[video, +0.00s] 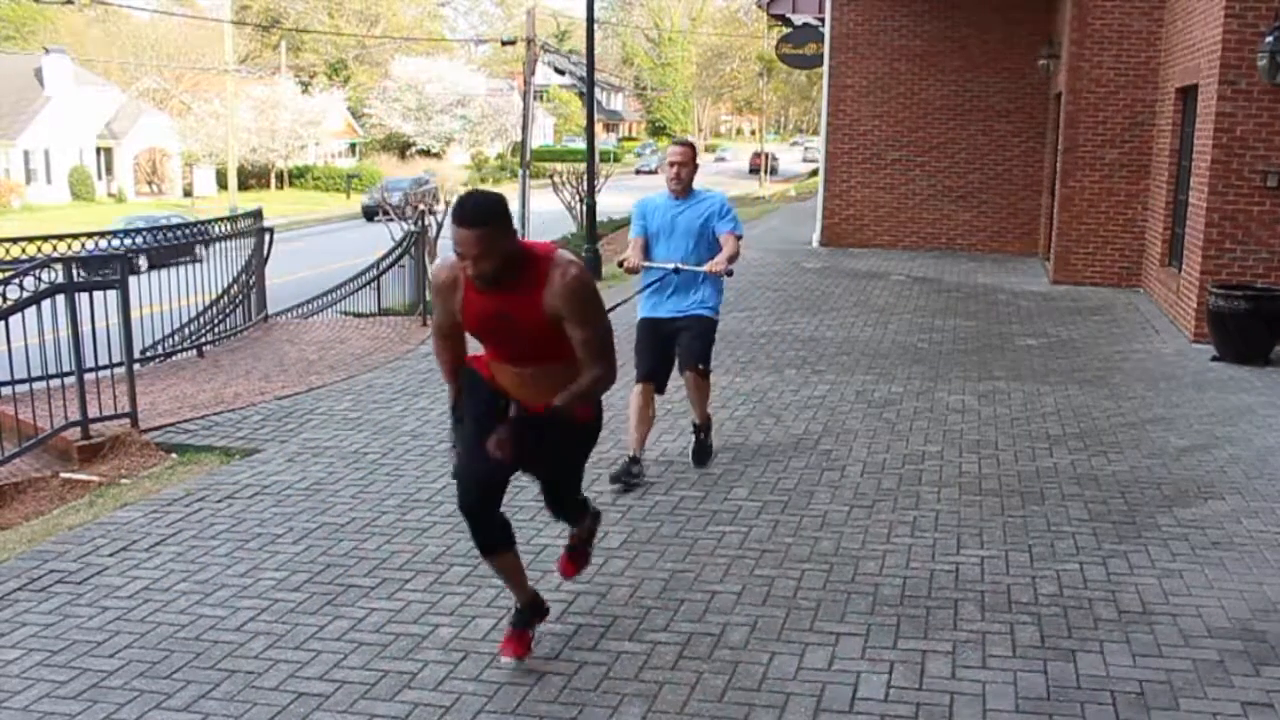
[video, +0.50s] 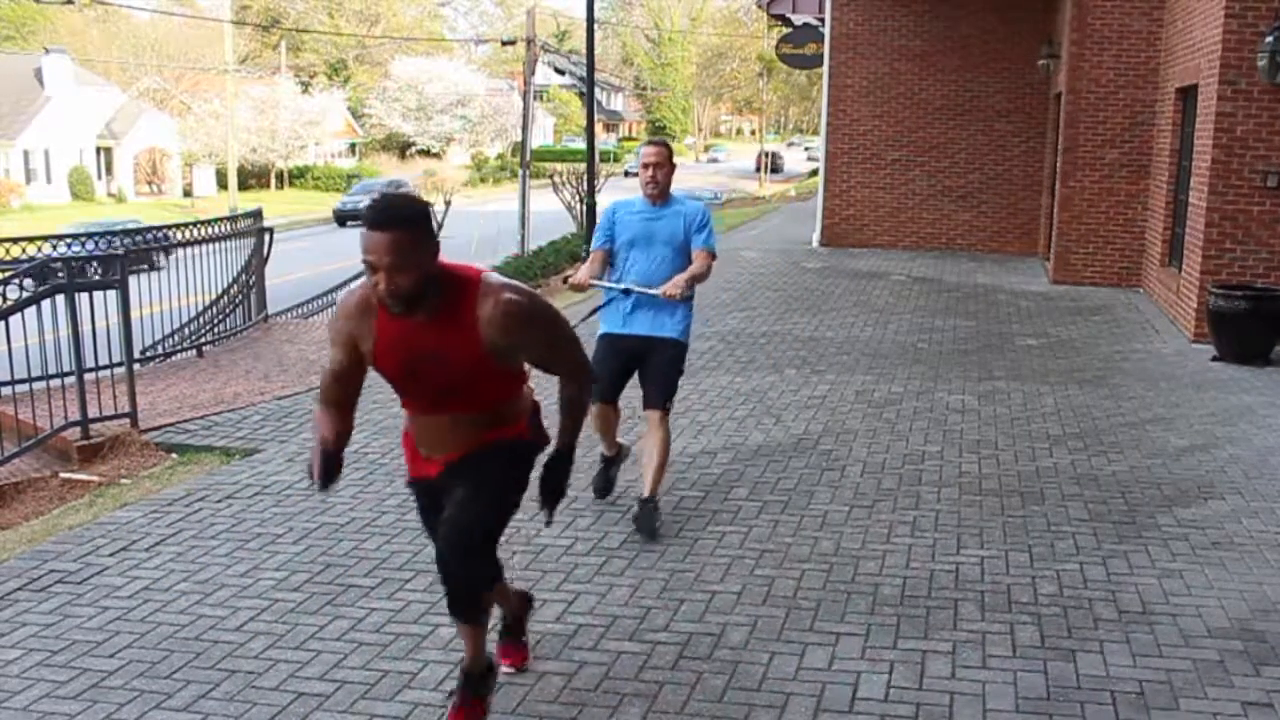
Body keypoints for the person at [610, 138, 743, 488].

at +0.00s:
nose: (676, 172)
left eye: (683, 165)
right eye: (671, 165)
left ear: (695, 169)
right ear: (664, 168)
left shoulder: (715, 205)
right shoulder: (646, 207)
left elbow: (731, 244)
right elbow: (636, 247)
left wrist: (723, 259)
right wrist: (633, 259)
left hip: (698, 304)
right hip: (655, 305)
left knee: (693, 368)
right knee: (644, 380)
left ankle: (701, 427)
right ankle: (634, 459)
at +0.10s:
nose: (668, 173)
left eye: (675, 167)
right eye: (663, 167)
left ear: (687, 171)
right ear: (655, 170)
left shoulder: (708, 209)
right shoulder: (637, 210)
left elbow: (726, 246)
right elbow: (628, 247)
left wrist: (722, 261)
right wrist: (628, 259)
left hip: (691, 309)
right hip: (647, 311)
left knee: (685, 371)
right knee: (636, 384)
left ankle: (696, 437)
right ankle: (632, 463)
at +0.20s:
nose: (662, 174)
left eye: (669, 168)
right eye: (656, 167)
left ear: (682, 171)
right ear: (648, 170)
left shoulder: (703, 210)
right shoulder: (629, 212)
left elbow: (720, 249)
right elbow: (620, 250)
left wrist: (716, 265)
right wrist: (621, 261)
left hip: (685, 313)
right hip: (638, 314)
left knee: (680, 378)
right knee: (629, 388)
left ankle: (684, 464)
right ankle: (632, 465)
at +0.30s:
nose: (658, 172)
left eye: (666, 165)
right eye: (653, 165)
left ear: (678, 168)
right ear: (645, 168)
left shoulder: (700, 209)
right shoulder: (624, 210)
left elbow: (715, 252)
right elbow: (613, 251)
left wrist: (706, 269)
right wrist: (612, 264)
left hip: (679, 317)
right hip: (633, 317)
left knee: (676, 392)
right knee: (622, 395)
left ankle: (671, 476)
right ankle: (631, 460)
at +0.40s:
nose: (655, 171)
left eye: (663, 163)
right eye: (649, 163)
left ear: (676, 166)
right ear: (641, 167)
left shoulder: (697, 208)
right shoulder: (620, 208)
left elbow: (709, 257)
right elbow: (606, 253)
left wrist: (694, 273)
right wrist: (598, 267)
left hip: (674, 321)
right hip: (626, 318)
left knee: (666, 402)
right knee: (611, 395)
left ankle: (659, 484)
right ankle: (623, 451)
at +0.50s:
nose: (652, 174)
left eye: (659, 167)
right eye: (646, 167)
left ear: (673, 170)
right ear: (637, 170)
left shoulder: (693, 213)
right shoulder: (615, 213)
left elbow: (704, 262)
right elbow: (597, 258)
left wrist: (684, 278)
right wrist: (587, 272)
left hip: (666, 328)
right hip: (618, 324)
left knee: (656, 412)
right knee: (600, 398)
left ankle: (648, 501)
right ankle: (611, 453)